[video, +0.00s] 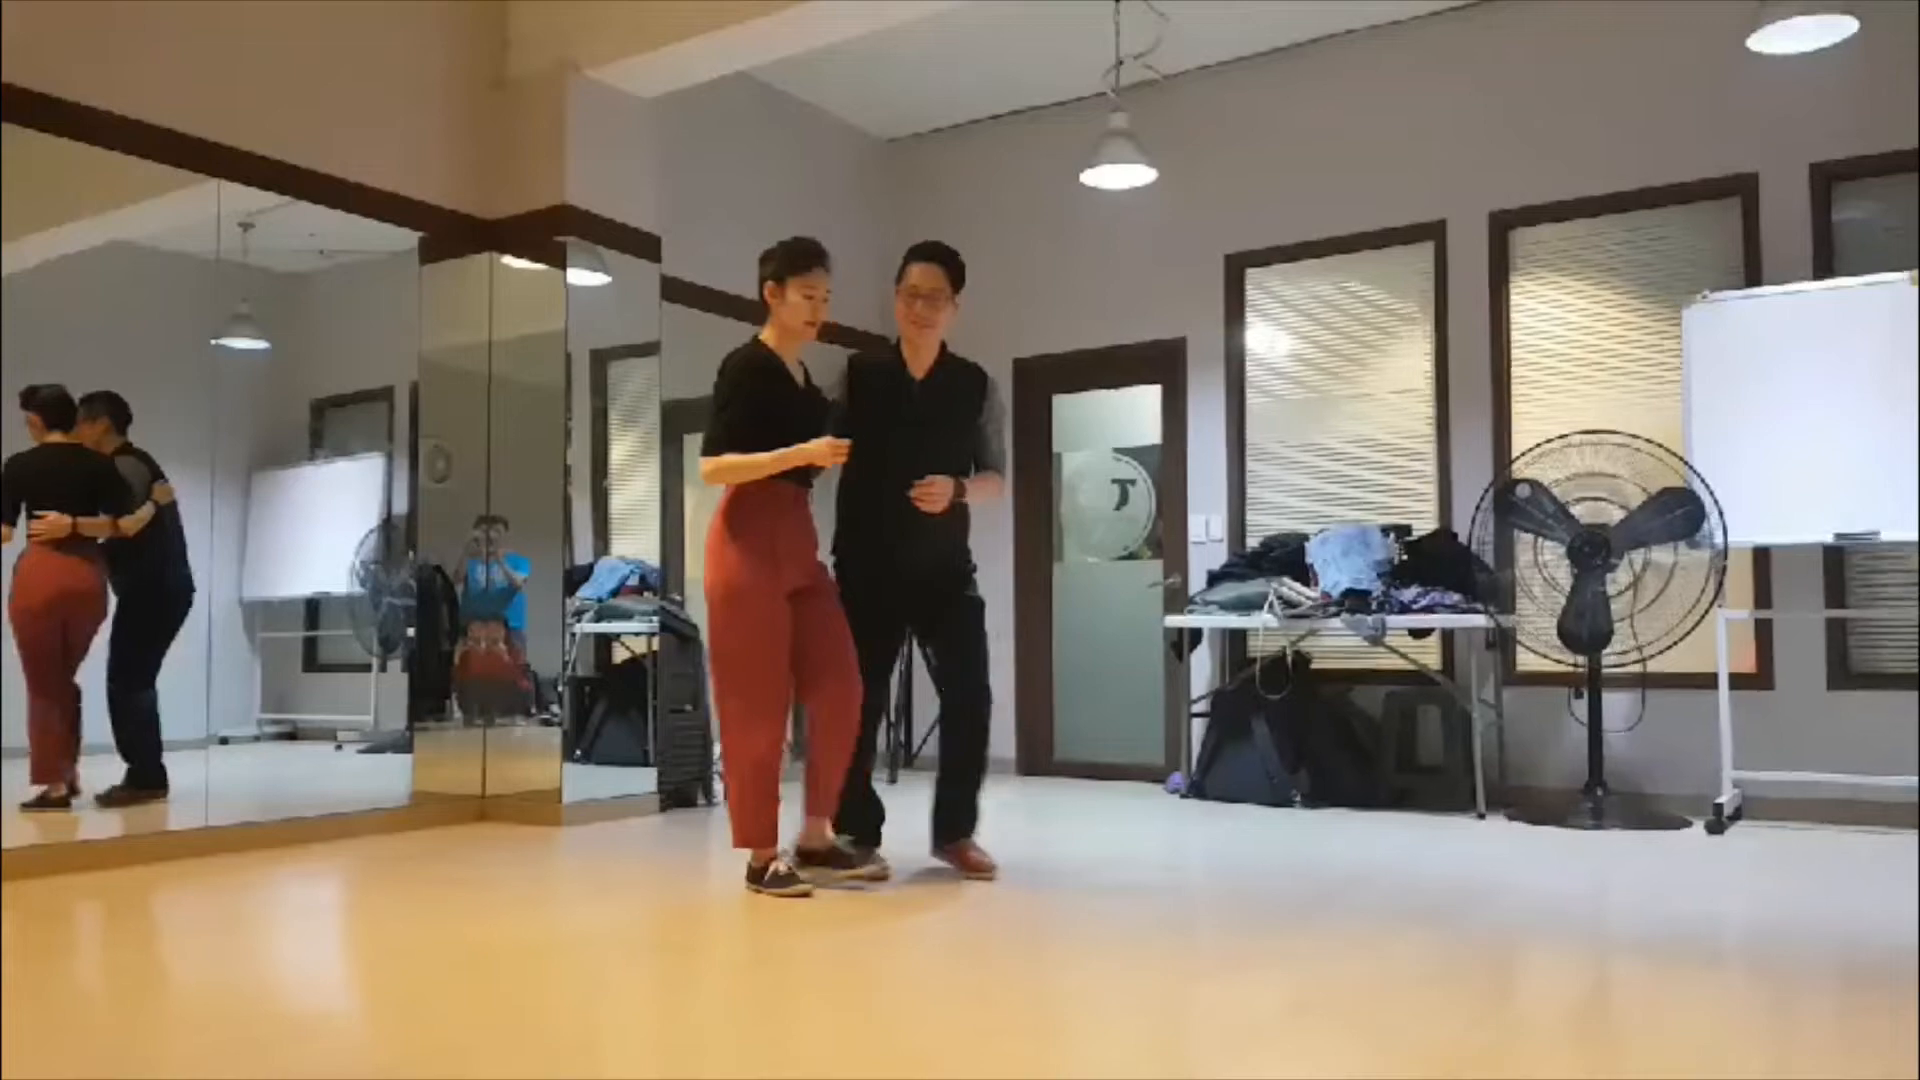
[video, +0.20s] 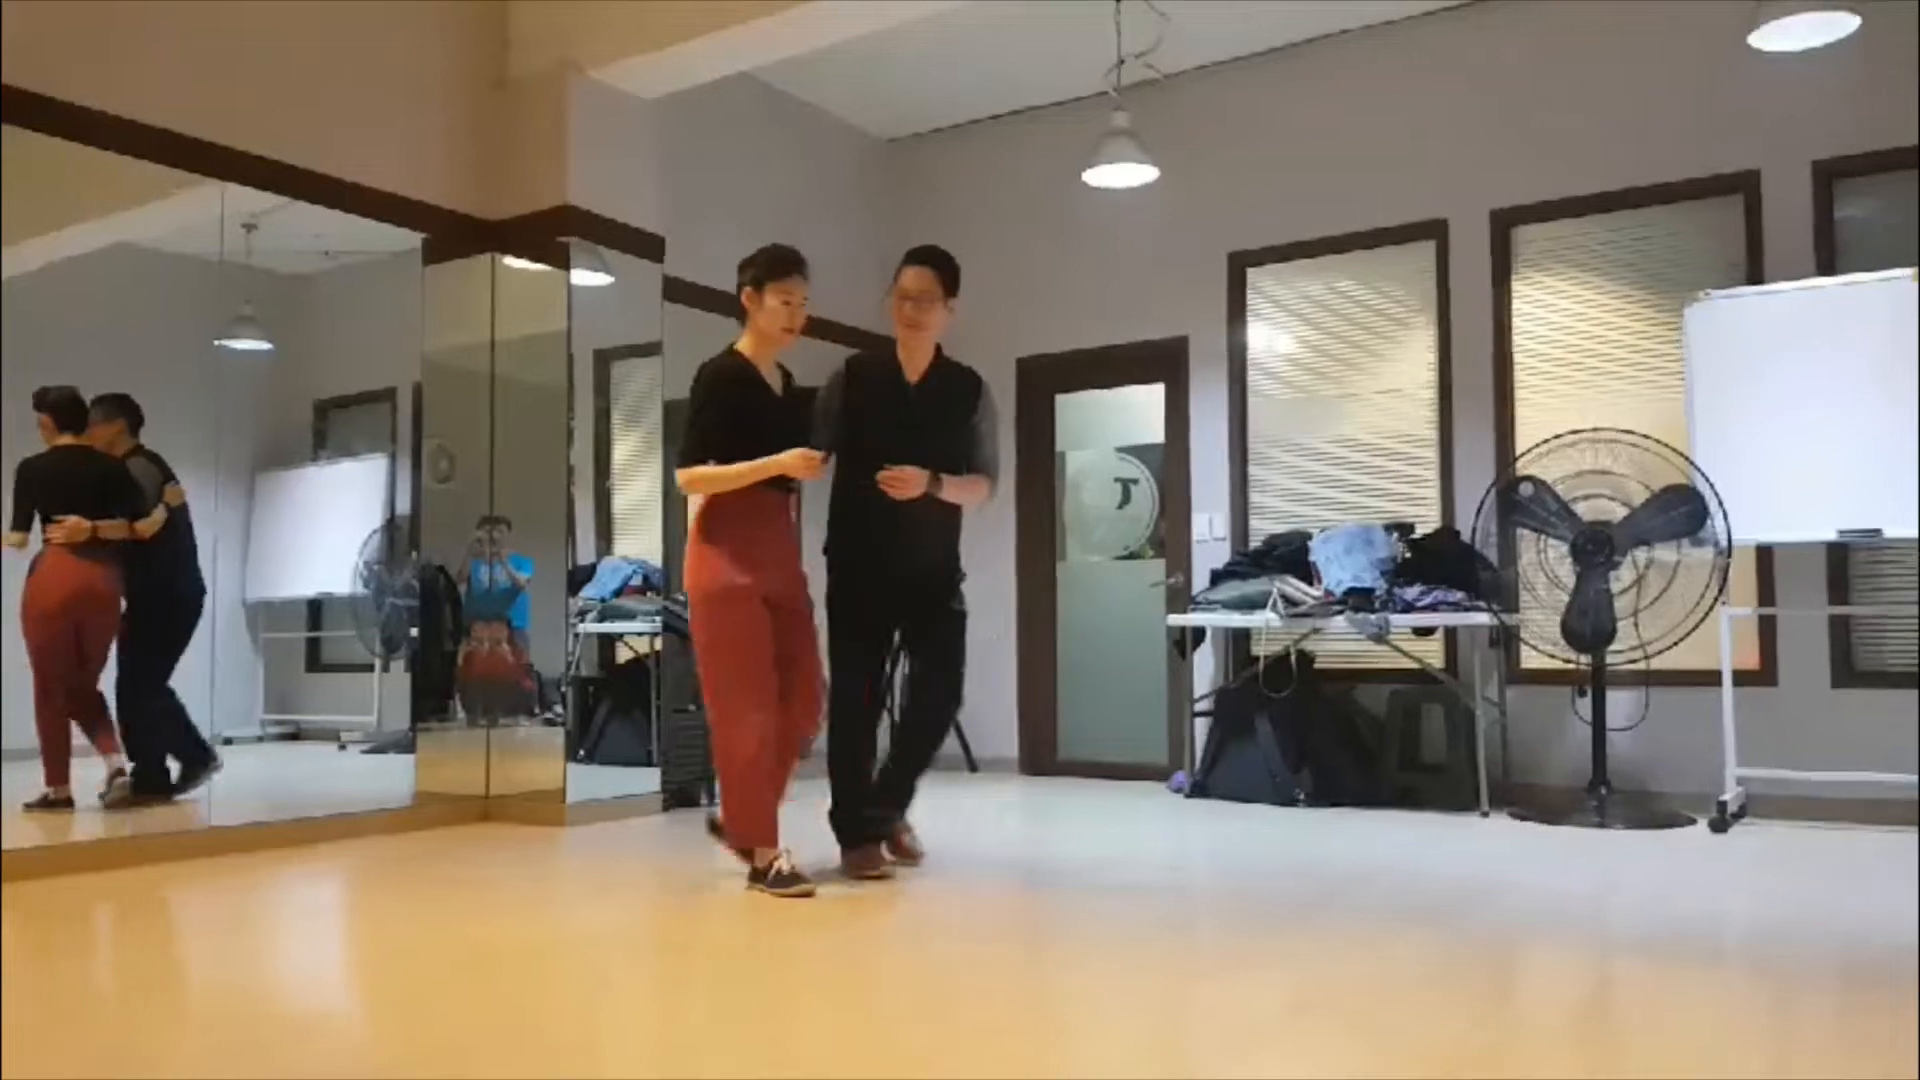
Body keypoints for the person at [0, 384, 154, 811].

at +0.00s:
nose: (25, 425)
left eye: (26, 420)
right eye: (27, 419)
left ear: (34, 422)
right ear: (72, 418)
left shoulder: (19, 466)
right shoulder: (96, 462)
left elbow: (5, 532)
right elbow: (129, 521)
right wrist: (153, 504)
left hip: (38, 569)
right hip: (89, 570)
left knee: (43, 683)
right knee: (64, 677)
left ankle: (53, 785)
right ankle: (66, 773)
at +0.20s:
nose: (90, 436)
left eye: (96, 428)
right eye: (90, 428)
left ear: (121, 428)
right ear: (120, 429)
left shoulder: (142, 468)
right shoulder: (133, 466)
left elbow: (143, 524)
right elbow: (136, 524)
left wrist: (88, 530)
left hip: (171, 595)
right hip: (150, 595)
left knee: (142, 683)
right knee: (135, 684)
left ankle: (197, 755)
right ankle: (150, 775)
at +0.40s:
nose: (103, 436)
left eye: (110, 427)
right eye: (103, 428)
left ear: (134, 429)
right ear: (131, 431)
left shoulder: (155, 468)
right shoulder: (136, 470)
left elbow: (162, 522)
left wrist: (109, 527)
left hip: (187, 594)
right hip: (156, 594)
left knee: (177, 682)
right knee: (141, 684)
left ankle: (234, 765)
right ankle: (155, 780)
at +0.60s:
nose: (116, 427)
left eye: (123, 419)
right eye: (116, 419)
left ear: (147, 421)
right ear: (141, 422)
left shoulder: (168, 459)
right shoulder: (142, 463)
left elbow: (172, 511)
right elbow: (145, 514)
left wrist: (126, 516)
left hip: (205, 582)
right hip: (167, 583)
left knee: (211, 677)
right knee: (153, 676)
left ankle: (241, 769)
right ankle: (155, 770)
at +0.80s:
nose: (115, 425)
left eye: (122, 416)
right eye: (115, 417)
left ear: (149, 417)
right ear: (147, 419)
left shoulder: (170, 458)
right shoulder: (150, 463)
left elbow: (170, 505)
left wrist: (127, 511)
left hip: (209, 582)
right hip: (177, 585)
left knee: (217, 673)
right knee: (148, 673)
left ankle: (244, 768)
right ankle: (154, 769)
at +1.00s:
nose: (107, 429)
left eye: (113, 419)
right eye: (106, 420)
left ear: (143, 419)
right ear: (139, 421)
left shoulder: (162, 463)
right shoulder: (140, 465)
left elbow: (165, 517)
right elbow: (145, 517)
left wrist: (120, 520)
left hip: (187, 589)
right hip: (161, 588)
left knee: (183, 674)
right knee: (141, 676)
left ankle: (242, 759)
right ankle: (162, 771)